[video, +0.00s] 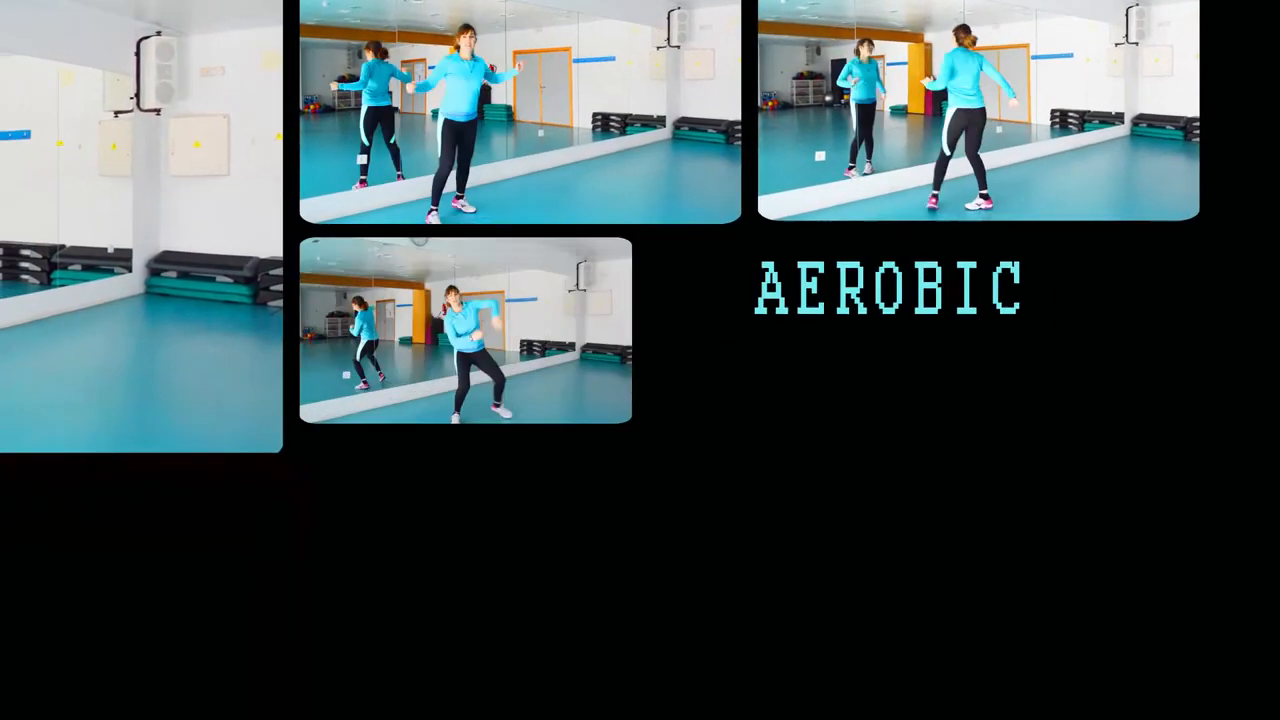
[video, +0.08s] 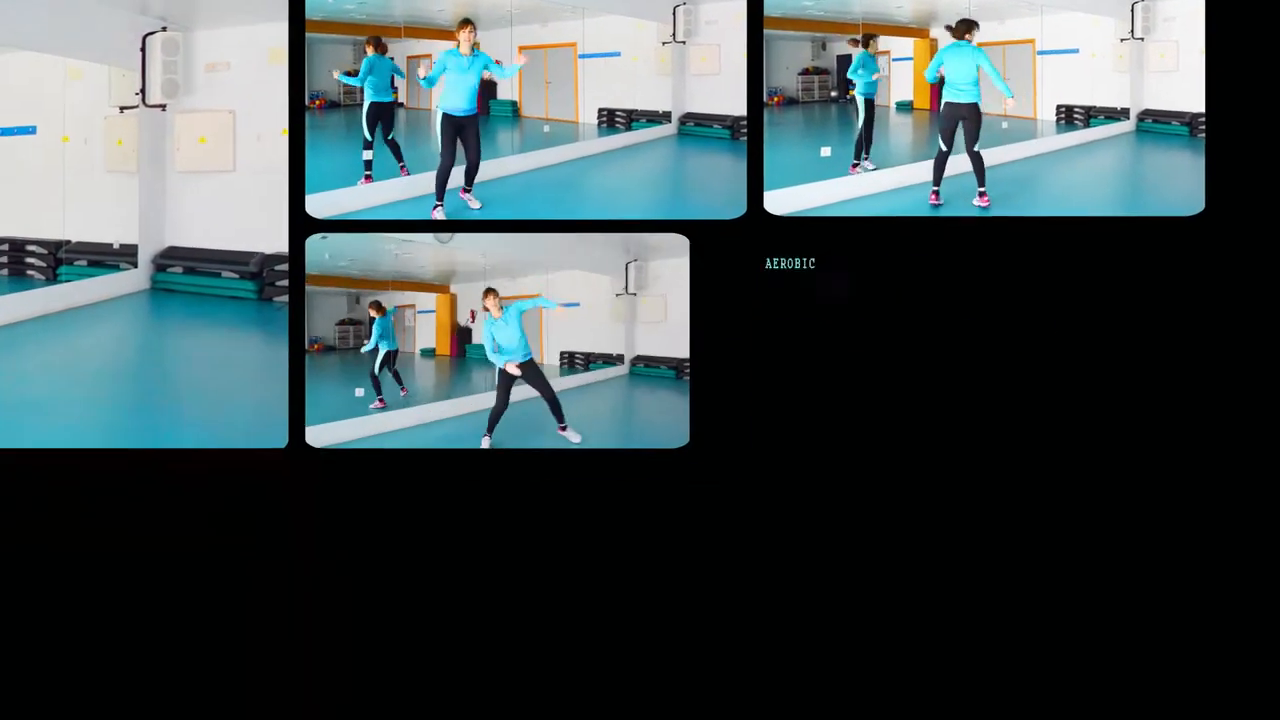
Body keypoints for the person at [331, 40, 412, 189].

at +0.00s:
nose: (366, 55)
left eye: (366, 53)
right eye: (366, 53)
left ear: (371, 52)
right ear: (379, 52)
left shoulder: (367, 66)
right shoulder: (389, 66)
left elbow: (362, 84)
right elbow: (405, 78)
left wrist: (340, 86)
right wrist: (408, 74)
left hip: (370, 108)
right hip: (386, 108)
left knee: (365, 143)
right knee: (391, 141)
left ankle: (363, 180)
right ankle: (400, 174)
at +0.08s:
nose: (366, 50)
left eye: (367, 47)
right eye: (366, 48)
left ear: (370, 47)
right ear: (379, 47)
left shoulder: (368, 60)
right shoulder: (388, 61)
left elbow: (359, 81)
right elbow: (402, 75)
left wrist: (340, 77)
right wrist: (392, 68)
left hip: (372, 103)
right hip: (388, 103)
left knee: (368, 139)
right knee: (388, 137)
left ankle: (368, 176)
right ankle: (403, 169)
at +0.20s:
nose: (366, 45)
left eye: (367, 42)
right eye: (366, 42)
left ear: (371, 42)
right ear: (380, 41)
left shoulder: (369, 56)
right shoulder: (389, 55)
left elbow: (356, 77)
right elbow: (382, 73)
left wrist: (350, 65)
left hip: (380, 95)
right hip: (395, 94)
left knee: (374, 131)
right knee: (387, 125)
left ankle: (375, 169)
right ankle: (396, 154)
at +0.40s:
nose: (369, 44)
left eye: (370, 41)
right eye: (369, 41)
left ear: (374, 41)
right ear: (384, 41)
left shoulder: (376, 56)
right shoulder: (393, 54)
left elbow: (369, 80)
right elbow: (393, 72)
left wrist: (371, 70)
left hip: (394, 91)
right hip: (406, 90)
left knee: (384, 123)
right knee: (386, 122)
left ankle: (390, 158)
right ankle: (391, 157)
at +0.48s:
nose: (371, 44)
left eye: (371, 41)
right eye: (370, 42)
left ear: (376, 41)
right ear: (386, 41)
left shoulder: (380, 56)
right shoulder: (395, 53)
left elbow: (376, 81)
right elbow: (398, 72)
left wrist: (385, 78)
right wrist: (385, 78)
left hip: (399, 89)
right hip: (410, 88)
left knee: (388, 119)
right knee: (391, 118)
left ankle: (395, 155)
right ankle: (395, 153)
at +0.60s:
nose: (374, 42)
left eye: (375, 39)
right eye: (374, 39)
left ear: (380, 38)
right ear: (389, 37)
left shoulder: (386, 51)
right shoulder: (397, 49)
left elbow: (384, 76)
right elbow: (393, 69)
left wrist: (370, 70)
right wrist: (377, 66)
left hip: (408, 86)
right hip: (416, 83)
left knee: (395, 117)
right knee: (403, 110)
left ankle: (401, 153)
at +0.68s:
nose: (376, 39)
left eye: (377, 36)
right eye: (376, 36)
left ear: (382, 35)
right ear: (388, 35)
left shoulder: (390, 48)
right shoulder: (398, 46)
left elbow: (393, 70)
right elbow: (395, 67)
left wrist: (375, 68)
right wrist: (378, 67)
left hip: (412, 83)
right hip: (419, 81)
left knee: (399, 116)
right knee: (412, 110)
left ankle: (404, 152)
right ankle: (429, 136)